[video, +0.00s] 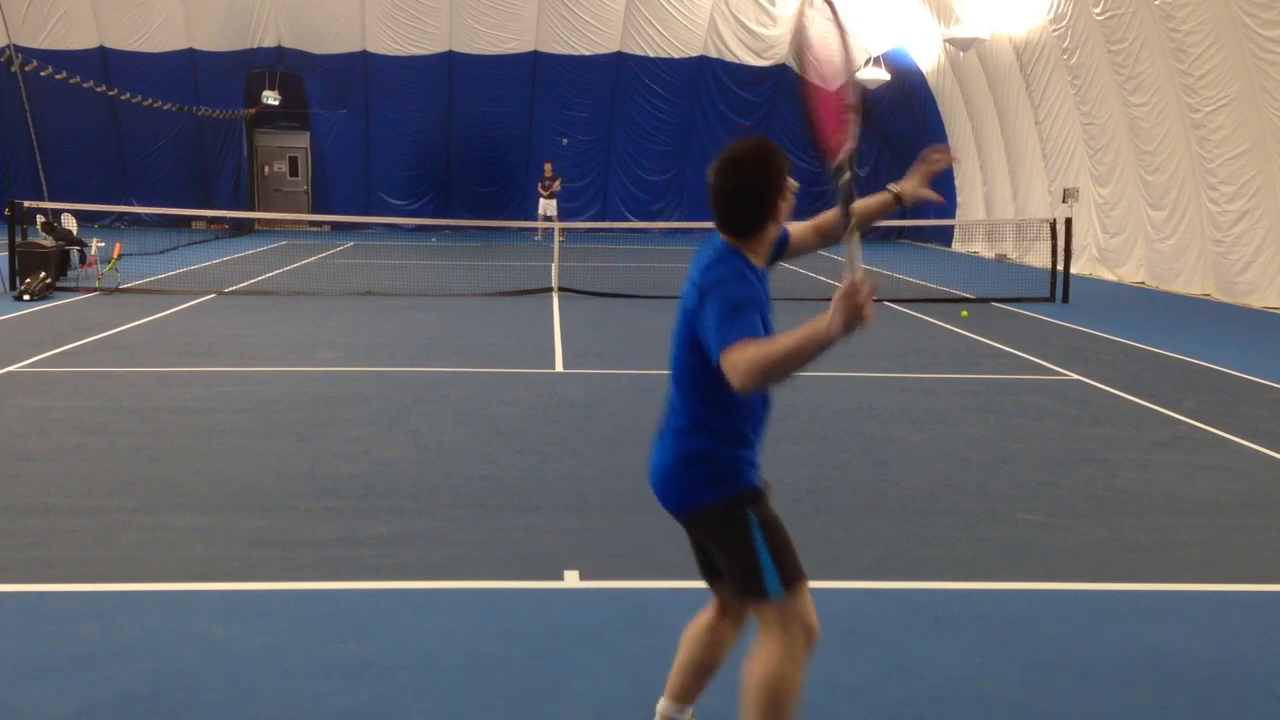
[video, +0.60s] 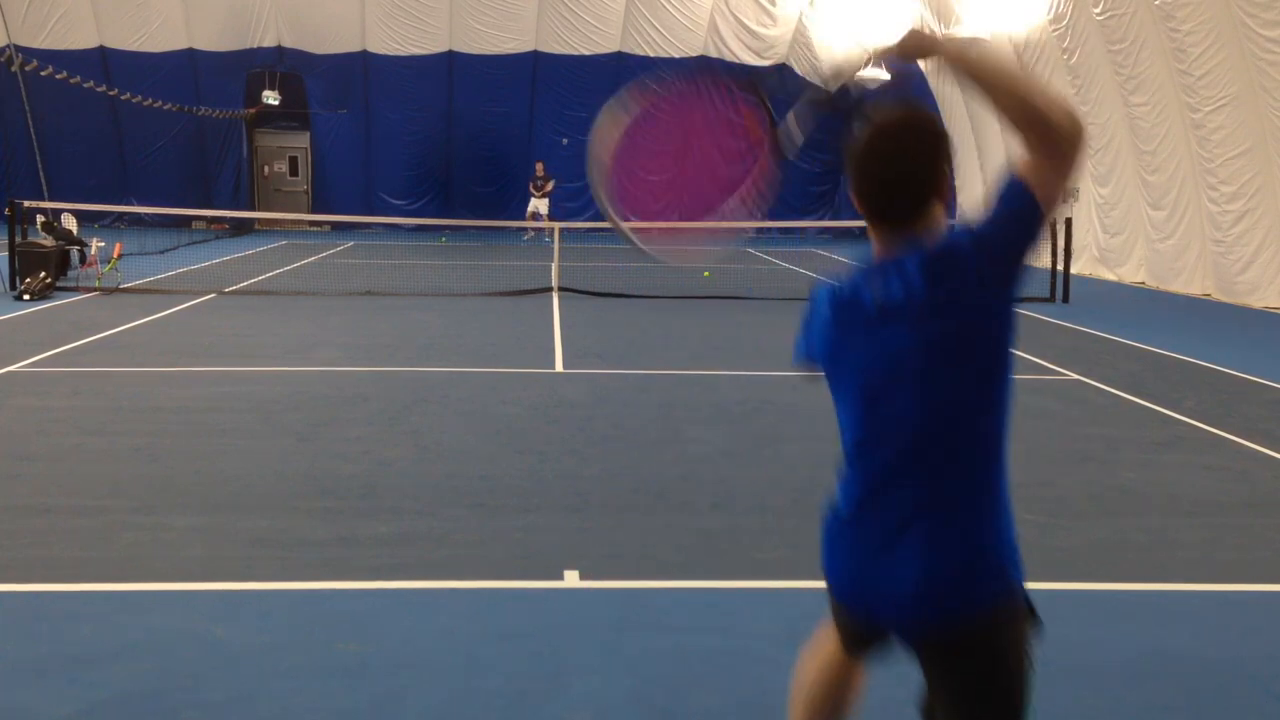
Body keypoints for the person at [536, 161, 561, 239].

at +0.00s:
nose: (547, 168)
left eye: (548, 166)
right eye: (545, 166)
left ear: (551, 167)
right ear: (544, 167)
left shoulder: (556, 177)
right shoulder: (542, 177)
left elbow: (558, 188)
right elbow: (539, 188)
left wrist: (550, 190)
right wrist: (544, 193)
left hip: (552, 199)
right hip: (543, 199)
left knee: (554, 217)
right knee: (540, 216)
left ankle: (559, 234)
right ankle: (540, 234)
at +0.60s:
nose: (538, 167)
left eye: (540, 166)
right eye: (537, 166)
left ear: (543, 167)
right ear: (535, 167)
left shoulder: (547, 177)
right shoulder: (533, 177)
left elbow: (549, 187)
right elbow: (530, 187)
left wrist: (542, 192)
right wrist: (535, 193)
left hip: (543, 199)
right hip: (534, 198)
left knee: (544, 216)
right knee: (528, 215)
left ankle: (547, 234)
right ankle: (530, 231)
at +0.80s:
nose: (535, 171)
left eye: (537, 169)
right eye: (534, 169)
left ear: (539, 170)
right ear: (532, 170)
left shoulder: (543, 180)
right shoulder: (529, 180)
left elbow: (546, 190)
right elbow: (526, 190)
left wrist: (538, 193)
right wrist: (531, 196)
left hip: (540, 202)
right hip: (530, 201)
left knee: (542, 218)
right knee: (525, 217)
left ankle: (545, 235)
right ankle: (521, 235)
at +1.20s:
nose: (547, 169)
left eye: (548, 167)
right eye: (546, 167)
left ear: (551, 169)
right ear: (543, 169)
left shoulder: (552, 178)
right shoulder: (539, 178)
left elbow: (554, 188)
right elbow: (536, 190)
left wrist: (550, 196)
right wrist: (544, 197)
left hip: (548, 198)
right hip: (539, 198)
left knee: (552, 216)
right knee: (539, 215)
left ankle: (548, 233)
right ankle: (535, 233)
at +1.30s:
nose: (552, 172)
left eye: (553, 170)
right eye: (550, 170)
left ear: (555, 171)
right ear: (547, 171)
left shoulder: (556, 182)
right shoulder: (544, 181)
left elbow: (557, 192)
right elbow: (541, 193)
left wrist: (555, 200)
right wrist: (550, 200)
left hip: (551, 201)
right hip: (543, 201)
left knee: (555, 218)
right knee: (545, 217)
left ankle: (550, 236)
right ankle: (536, 235)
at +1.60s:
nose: (568, 179)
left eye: (568, 177)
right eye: (567, 177)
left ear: (563, 177)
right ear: (562, 176)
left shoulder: (558, 184)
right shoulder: (561, 186)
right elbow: (566, 197)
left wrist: (567, 188)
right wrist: (573, 196)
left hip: (548, 203)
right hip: (551, 204)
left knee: (557, 219)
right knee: (563, 218)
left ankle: (551, 235)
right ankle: (561, 236)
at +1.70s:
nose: (572, 182)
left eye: (572, 180)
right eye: (571, 180)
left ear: (566, 179)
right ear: (567, 179)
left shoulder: (560, 187)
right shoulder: (565, 188)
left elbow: (564, 196)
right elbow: (567, 197)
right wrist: (572, 199)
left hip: (550, 205)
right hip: (554, 206)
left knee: (556, 220)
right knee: (566, 218)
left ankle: (551, 235)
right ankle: (563, 236)